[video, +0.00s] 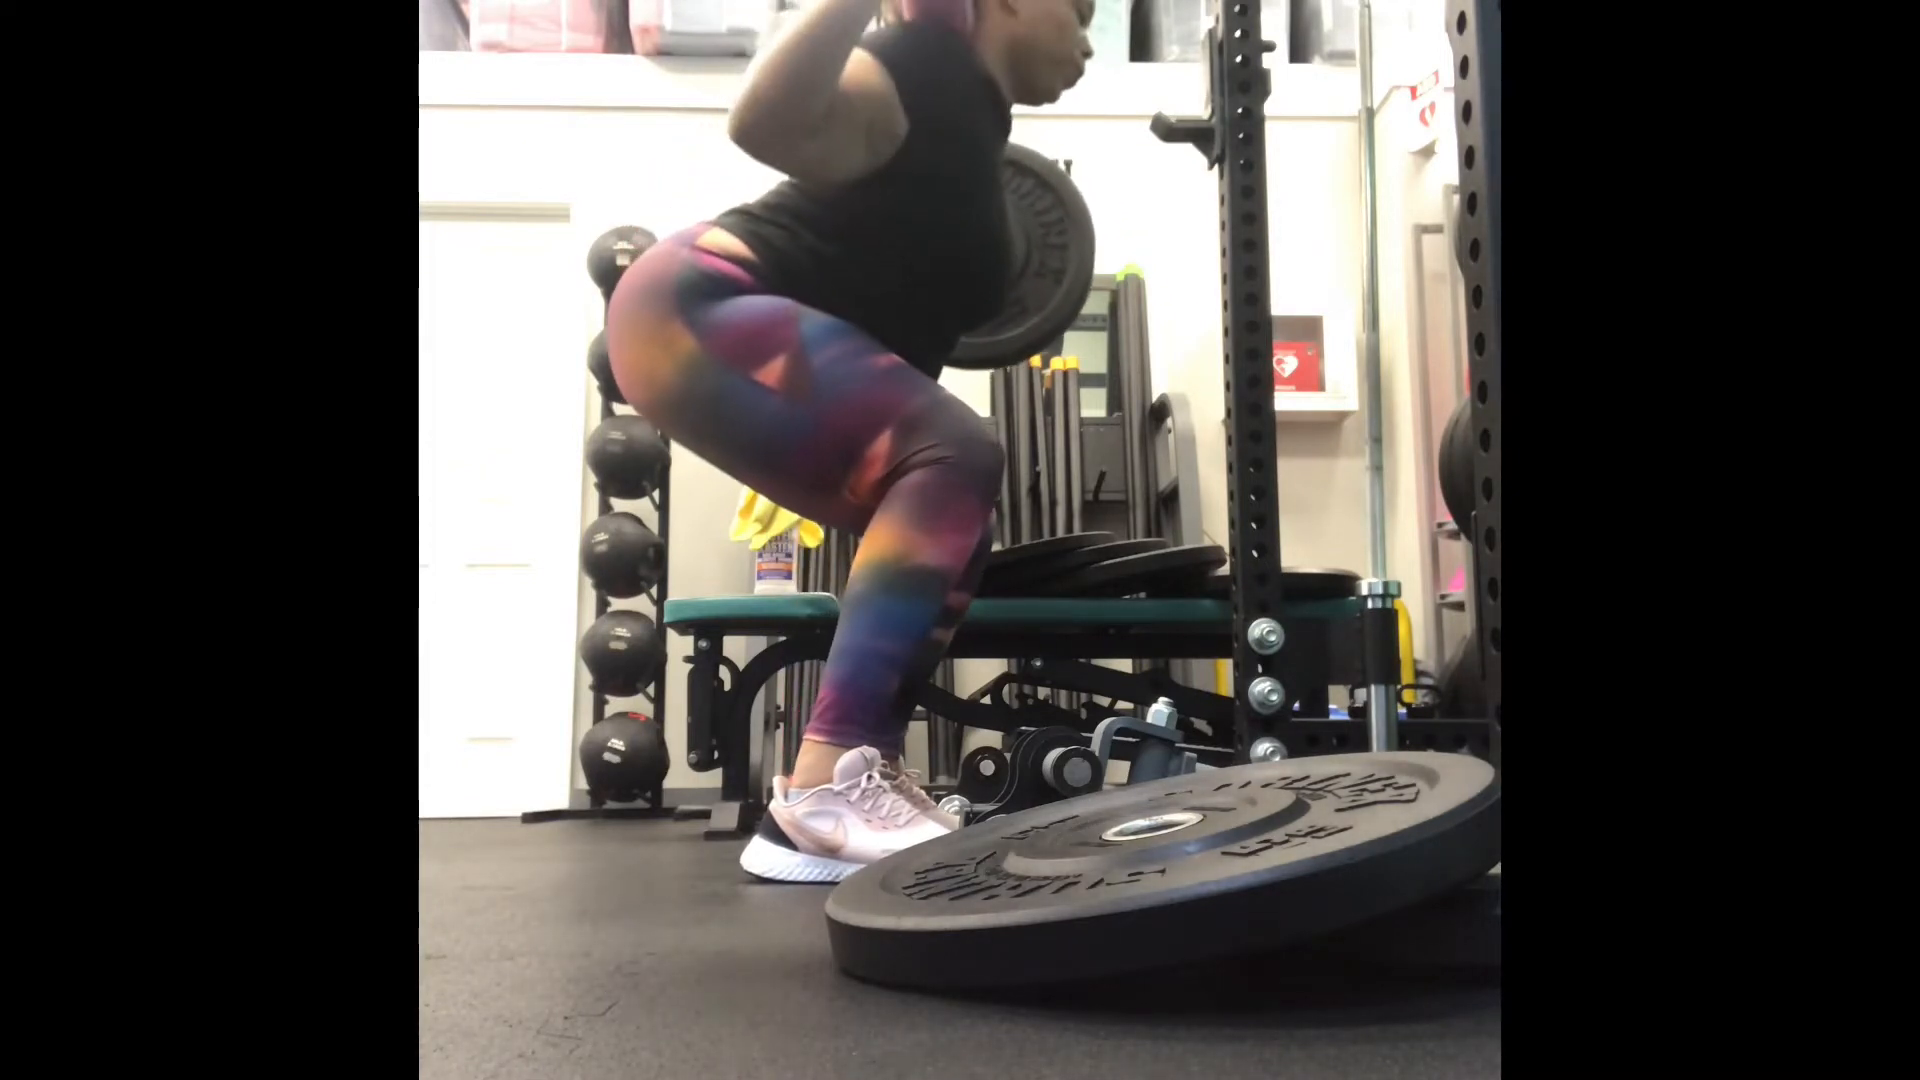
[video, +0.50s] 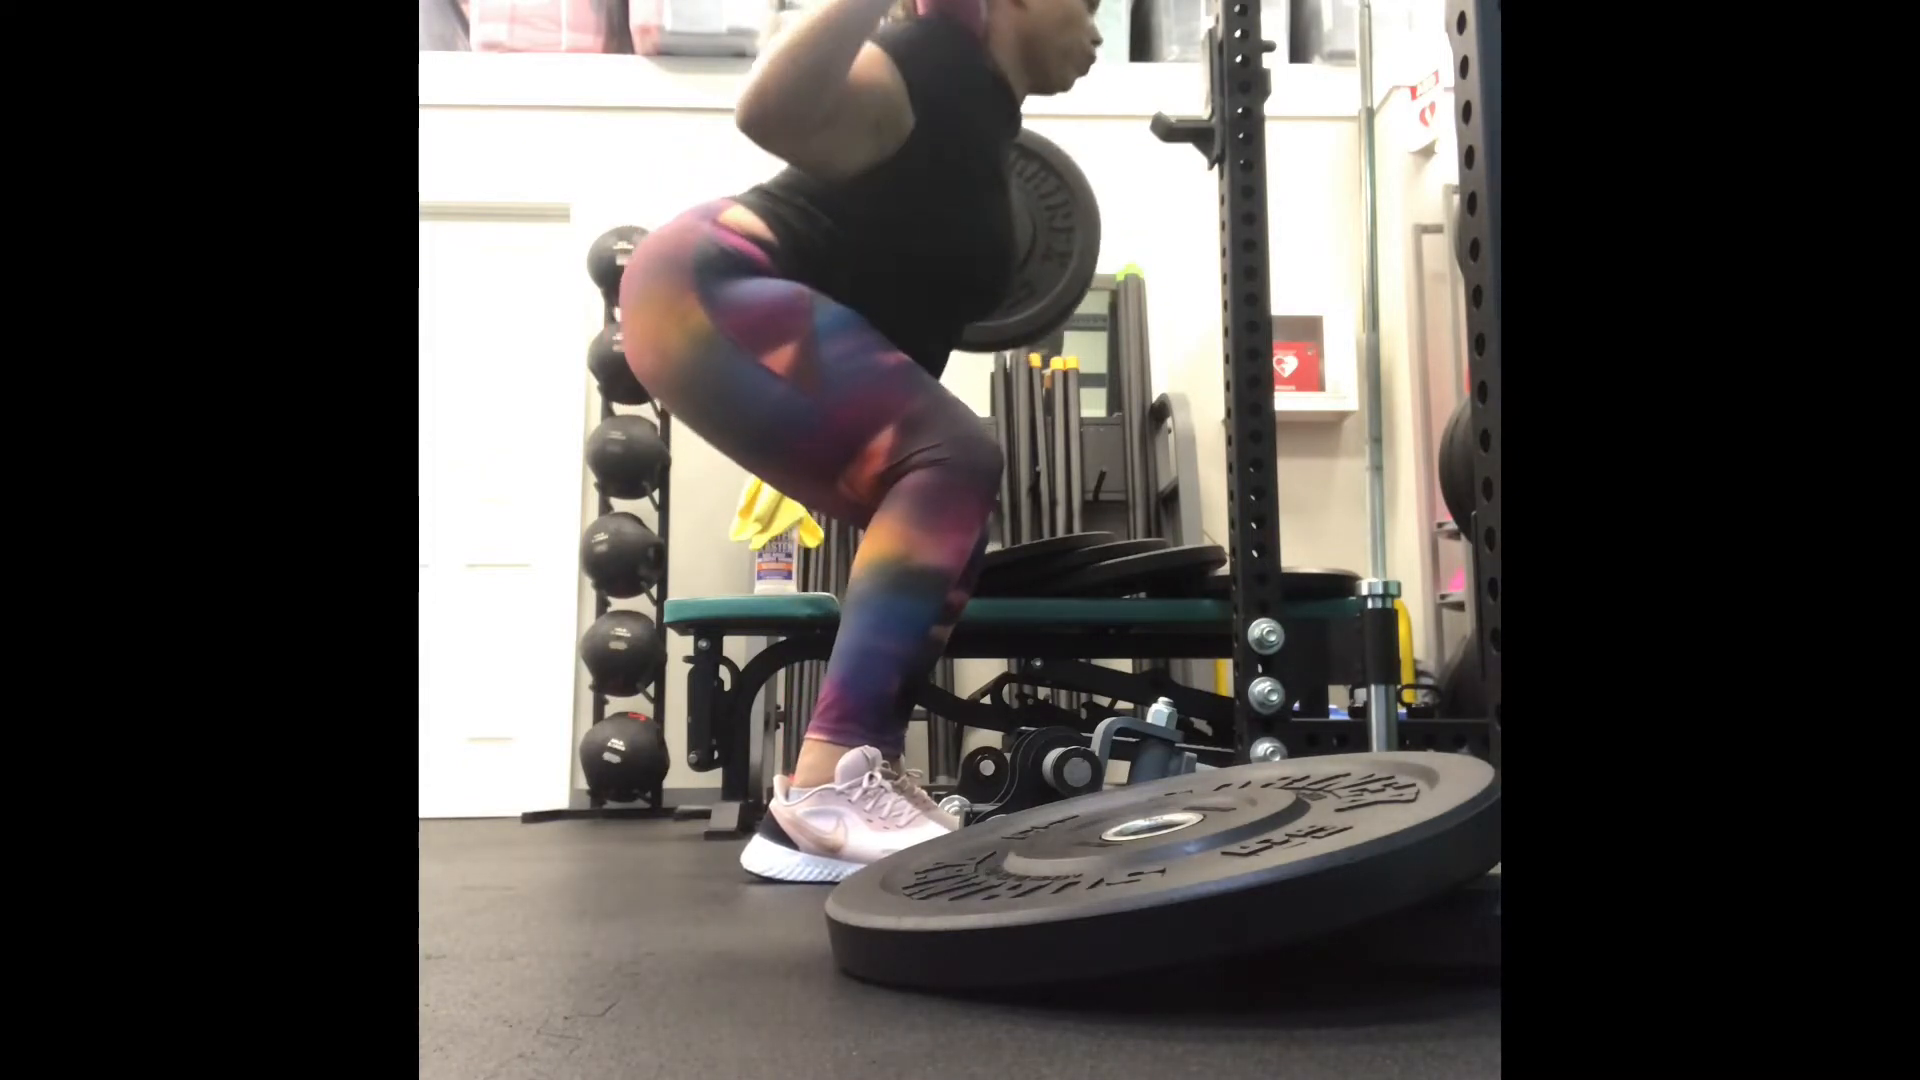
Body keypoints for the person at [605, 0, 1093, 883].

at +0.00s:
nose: (1088, 37)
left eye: (1087, 16)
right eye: (1075, 9)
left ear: (1005, 12)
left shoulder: (967, 121)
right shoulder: (931, 63)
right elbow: (767, 122)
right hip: (690, 299)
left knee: (945, 509)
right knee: (949, 450)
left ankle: (845, 787)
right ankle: (829, 782)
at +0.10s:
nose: (1092, 52)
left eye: (1092, 26)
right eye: (1080, 18)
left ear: (1013, 17)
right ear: (1006, 9)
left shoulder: (968, 127)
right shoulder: (933, 77)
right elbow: (770, 136)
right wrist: (877, 5)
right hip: (688, 303)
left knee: (947, 514)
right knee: (949, 450)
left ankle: (849, 789)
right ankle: (827, 783)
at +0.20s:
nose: (1095, 57)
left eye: (1095, 32)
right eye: (1084, 24)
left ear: (1018, 20)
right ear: (1012, 13)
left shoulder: (972, 139)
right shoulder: (936, 87)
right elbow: (773, 141)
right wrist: (889, 5)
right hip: (688, 305)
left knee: (946, 499)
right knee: (950, 452)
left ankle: (852, 788)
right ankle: (827, 783)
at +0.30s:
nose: (1098, 55)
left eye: (1097, 29)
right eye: (1086, 21)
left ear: (1019, 19)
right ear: (1013, 12)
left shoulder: (974, 139)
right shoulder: (936, 88)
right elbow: (776, 141)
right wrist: (890, 5)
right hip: (692, 302)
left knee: (949, 511)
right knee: (953, 453)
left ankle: (838, 799)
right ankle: (828, 783)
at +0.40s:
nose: (1098, 43)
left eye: (1096, 19)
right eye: (1085, 13)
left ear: (1020, 14)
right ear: (1010, 6)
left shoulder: (977, 129)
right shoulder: (939, 78)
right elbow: (778, 131)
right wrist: (889, 3)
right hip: (697, 292)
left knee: (946, 504)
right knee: (953, 455)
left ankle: (846, 794)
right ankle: (827, 783)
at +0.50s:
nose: (1097, 33)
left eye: (1096, 11)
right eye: (1084, 6)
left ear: (1017, 10)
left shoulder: (978, 120)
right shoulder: (936, 61)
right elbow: (772, 112)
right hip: (704, 276)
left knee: (940, 510)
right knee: (950, 454)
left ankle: (841, 797)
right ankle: (828, 781)